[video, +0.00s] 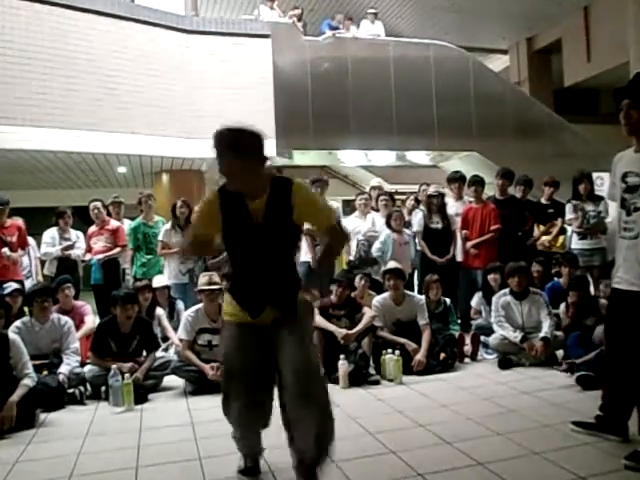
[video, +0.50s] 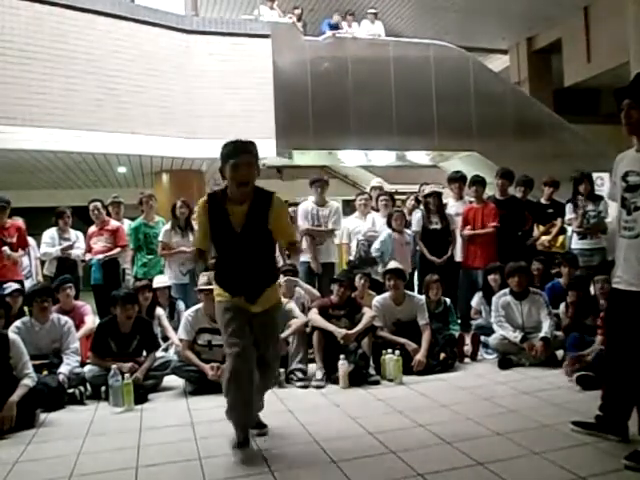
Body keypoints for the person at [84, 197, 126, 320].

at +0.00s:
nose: (96, 212)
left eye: (98, 209)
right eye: (93, 210)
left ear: (104, 210)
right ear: (90, 213)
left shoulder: (116, 226)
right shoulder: (90, 231)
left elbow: (122, 246)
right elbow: (89, 250)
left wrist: (105, 256)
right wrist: (87, 256)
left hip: (111, 262)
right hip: (96, 264)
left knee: (113, 295)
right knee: (100, 297)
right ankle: (104, 324)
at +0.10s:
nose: (96, 212)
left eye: (98, 209)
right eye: (93, 210)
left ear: (104, 210)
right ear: (90, 213)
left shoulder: (116, 226)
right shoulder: (90, 231)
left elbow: (122, 246)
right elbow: (89, 250)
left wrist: (105, 256)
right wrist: (87, 257)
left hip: (111, 262)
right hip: (96, 264)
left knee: (113, 295)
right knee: (99, 298)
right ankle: (104, 324)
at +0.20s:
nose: (96, 212)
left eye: (98, 209)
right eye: (93, 210)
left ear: (104, 210)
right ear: (90, 213)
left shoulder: (116, 226)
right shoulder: (90, 231)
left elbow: (122, 246)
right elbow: (89, 250)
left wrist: (105, 256)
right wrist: (87, 257)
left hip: (111, 262)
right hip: (96, 264)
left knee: (113, 295)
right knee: (100, 298)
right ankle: (104, 324)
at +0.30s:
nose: (96, 212)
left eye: (98, 209)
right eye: (93, 210)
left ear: (104, 210)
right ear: (90, 213)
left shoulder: (116, 226)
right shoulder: (90, 231)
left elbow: (122, 247)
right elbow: (89, 250)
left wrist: (105, 256)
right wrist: (87, 257)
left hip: (111, 262)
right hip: (96, 264)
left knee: (113, 295)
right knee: (100, 298)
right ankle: (104, 324)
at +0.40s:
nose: (96, 213)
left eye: (98, 210)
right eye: (93, 210)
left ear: (104, 210)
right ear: (90, 213)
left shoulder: (116, 226)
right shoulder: (91, 231)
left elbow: (122, 246)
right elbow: (89, 250)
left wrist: (105, 256)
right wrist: (87, 256)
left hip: (111, 262)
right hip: (96, 264)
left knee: (113, 295)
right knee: (100, 298)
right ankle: (104, 324)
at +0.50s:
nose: (95, 213)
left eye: (98, 210)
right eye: (92, 211)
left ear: (104, 210)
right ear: (90, 214)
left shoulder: (116, 226)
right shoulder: (91, 230)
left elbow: (122, 246)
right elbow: (88, 250)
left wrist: (105, 256)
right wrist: (88, 256)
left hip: (111, 263)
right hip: (96, 265)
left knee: (113, 296)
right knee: (100, 300)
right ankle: (104, 326)